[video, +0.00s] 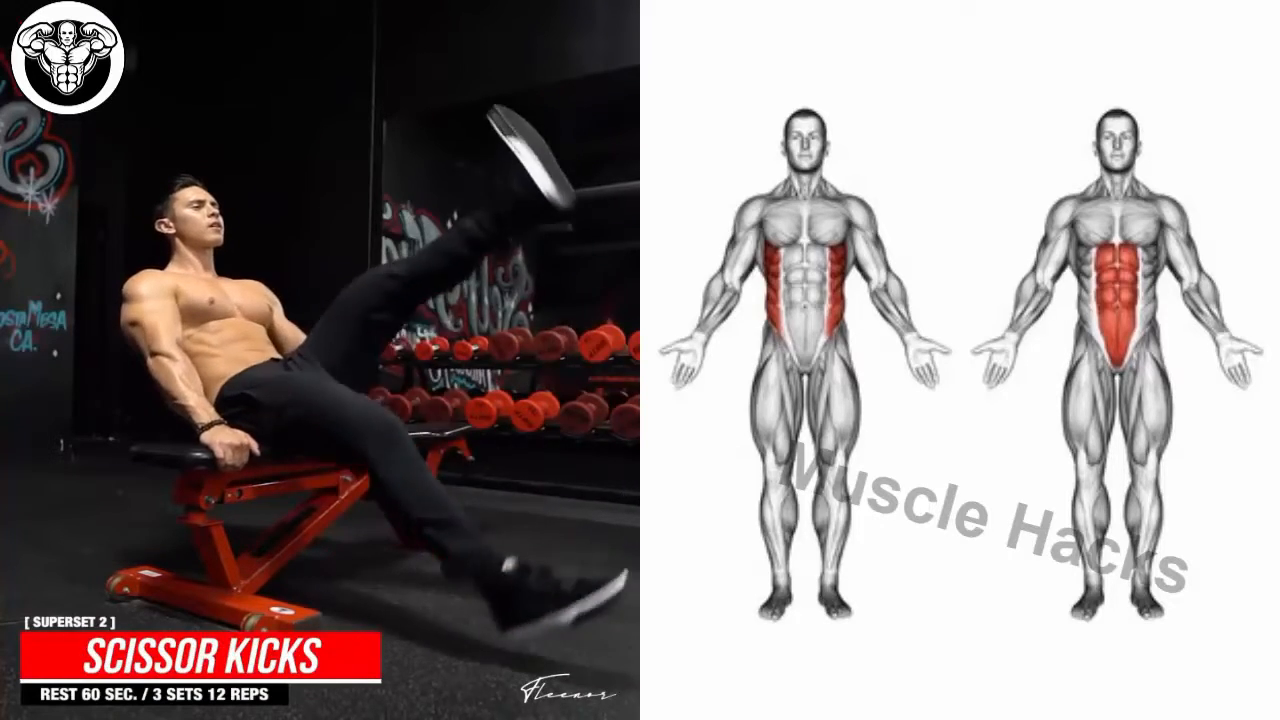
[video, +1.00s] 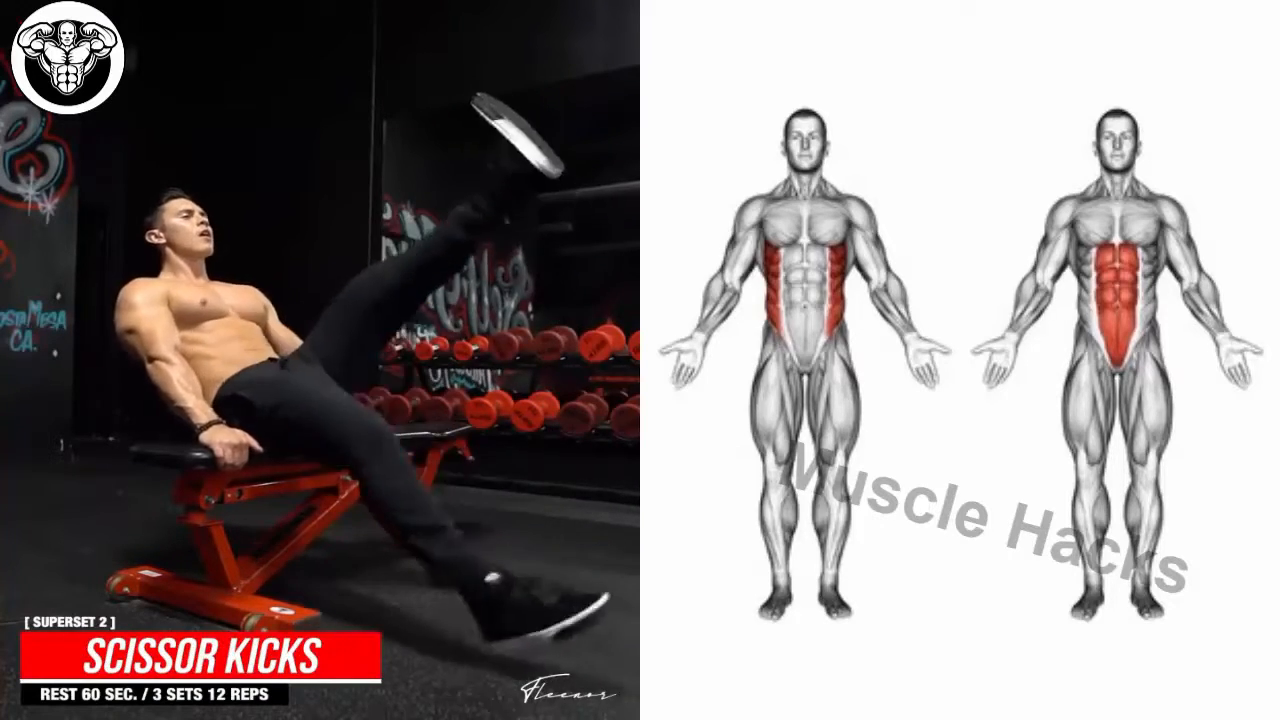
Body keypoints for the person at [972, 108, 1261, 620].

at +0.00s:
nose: (1116, 145)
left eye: (1124, 137)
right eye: (1109, 137)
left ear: (1137, 146)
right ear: (1097, 145)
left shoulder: (1164, 211)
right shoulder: (1070, 211)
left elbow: (1193, 282)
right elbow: (1041, 282)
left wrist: (1221, 335)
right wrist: (1012, 336)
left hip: (1144, 355)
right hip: (1089, 354)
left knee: (1145, 466)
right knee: (1088, 466)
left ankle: (1141, 582)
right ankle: (1092, 583)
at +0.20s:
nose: (1116, 145)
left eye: (1124, 138)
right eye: (1109, 137)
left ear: (1137, 146)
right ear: (1097, 145)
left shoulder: (1164, 211)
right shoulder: (1070, 211)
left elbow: (1193, 282)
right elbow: (1041, 282)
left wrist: (1221, 335)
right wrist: (1012, 336)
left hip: (1144, 355)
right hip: (1089, 354)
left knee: (1145, 466)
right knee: (1088, 466)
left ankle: (1141, 582)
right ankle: (1092, 583)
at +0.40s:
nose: (1116, 145)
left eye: (1124, 138)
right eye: (1109, 137)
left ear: (1137, 146)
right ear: (1097, 145)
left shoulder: (1164, 211)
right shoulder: (1070, 211)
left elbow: (1193, 282)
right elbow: (1041, 282)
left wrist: (1221, 335)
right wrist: (1012, 336)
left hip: (1144, 355)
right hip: (1089, 354)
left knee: (1145, 466)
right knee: (1088, 466)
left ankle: (1141, 582)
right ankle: (1092, 583)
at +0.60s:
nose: (1116, 145)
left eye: (1124, 138)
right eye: (1109, 137)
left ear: (1137, 146)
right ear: (1097, 145)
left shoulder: (1164, 211)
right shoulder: (1070, 211)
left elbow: (1192, 282)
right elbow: (1041, 282)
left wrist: (1221, 335)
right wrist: (1012, 336)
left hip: (1144, 355)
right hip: (1089, 354)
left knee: (1145, 467)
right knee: (1088, 466)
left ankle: (1141, 582)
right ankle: (1092, 583)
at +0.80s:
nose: (1116, 145)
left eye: (1124, 138)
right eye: (1109, 137)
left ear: (1137, 146)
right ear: (1097, 145)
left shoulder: (1164, 211)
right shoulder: (1070, 211)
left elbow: (1193, 282)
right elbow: (1041, 282)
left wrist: (1221, 335)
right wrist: (1012, 336)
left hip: (1144, 355)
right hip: (1089, 354)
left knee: (1145, 466)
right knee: (1088, 466)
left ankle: (1141, 582)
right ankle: (1092, 583)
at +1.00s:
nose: (1116, 145)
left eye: (1124, 138)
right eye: (1109, 137)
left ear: (1137, 146)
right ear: (1097, 145)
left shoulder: (1164, 211)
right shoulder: (1070, 211)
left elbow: (1193, 282)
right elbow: (1041, 282)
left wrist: (1221, 335)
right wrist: (1012, 336)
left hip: (1144, 355)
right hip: (1089, 354)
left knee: (1145, 466)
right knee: (1088, 466)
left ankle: (1141, 582)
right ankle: (1092, 583)